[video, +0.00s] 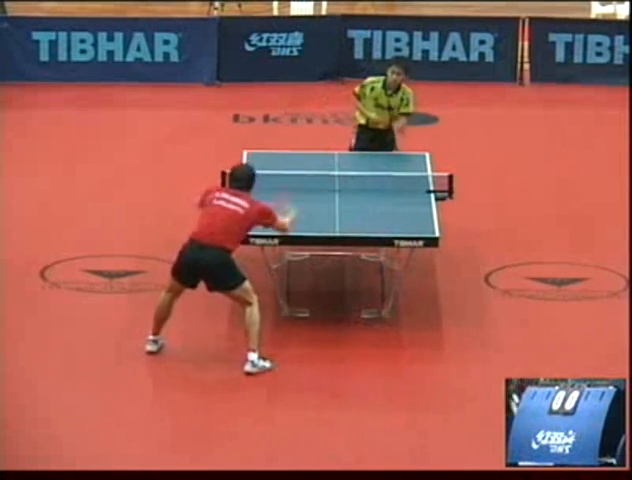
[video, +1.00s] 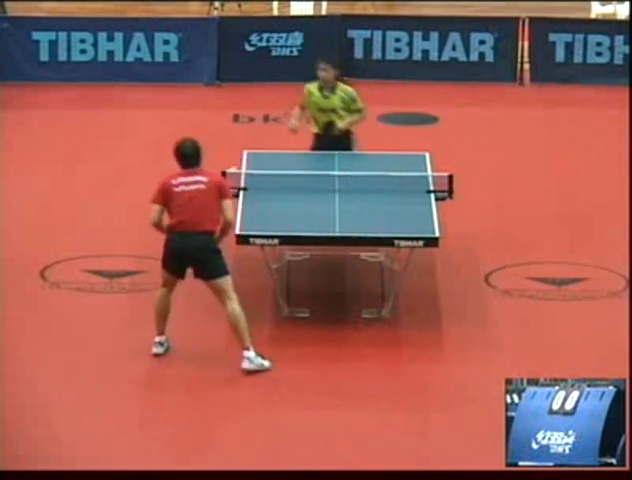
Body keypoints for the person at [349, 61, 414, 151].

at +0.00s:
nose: (394, 77)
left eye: (398, 74)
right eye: (392, 73)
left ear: (403, 77)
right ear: (387, 73)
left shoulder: (406, 93)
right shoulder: (370, 83)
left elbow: (404, 116)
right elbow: (356, 97)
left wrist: (392, 126)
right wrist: (368, 115)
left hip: (386, 130)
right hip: (366, 128)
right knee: (359, 160)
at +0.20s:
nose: (395, 89)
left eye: (399, 86)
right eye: (393, 84)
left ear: (402, 88)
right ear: (386, 83)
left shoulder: (398, 98)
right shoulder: (370, 95)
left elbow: (399, 115)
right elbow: (349, 112)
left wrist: (417, 124)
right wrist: (368, 128)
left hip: (380, 136)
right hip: (361, 136)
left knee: (384, 167)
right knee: (361, 168)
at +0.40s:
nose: (376, 87)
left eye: (379, 84)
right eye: (374, 82)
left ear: (381, 86)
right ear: (366, 80)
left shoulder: (374, 94)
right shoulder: (351, 95)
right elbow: (336, 117)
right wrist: (357, 131)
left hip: (370, 136)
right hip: (351, 137)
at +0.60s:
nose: (360, 78)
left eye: (364, 74)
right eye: (357, 73)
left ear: (369, 75)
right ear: (352, 72)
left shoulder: (375, 86)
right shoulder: (338, 88)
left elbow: (384, 105)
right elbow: (327, 107)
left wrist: (375, 112)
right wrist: (340, 126)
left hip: (365, 130)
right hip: (347, 132)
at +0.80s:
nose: (350, 83)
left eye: (353, 79)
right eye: (347, 78)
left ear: (363, 79)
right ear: (344, 80)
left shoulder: (373, 96)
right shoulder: (335, 97)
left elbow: (390, 115)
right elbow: (327, 113)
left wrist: (373, 123)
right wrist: (325, 129)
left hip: (366, 141)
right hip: (344, 141)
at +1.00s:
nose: (321, 74)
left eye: (326, 70)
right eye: (320, 70)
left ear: (335, 73)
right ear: (317, 72)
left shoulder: (347, 92)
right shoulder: (310, 91)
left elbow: (361, 113)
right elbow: (301, 107)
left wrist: (345, 124)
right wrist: (295, 121)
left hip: (342, 135)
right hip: (321, 135)